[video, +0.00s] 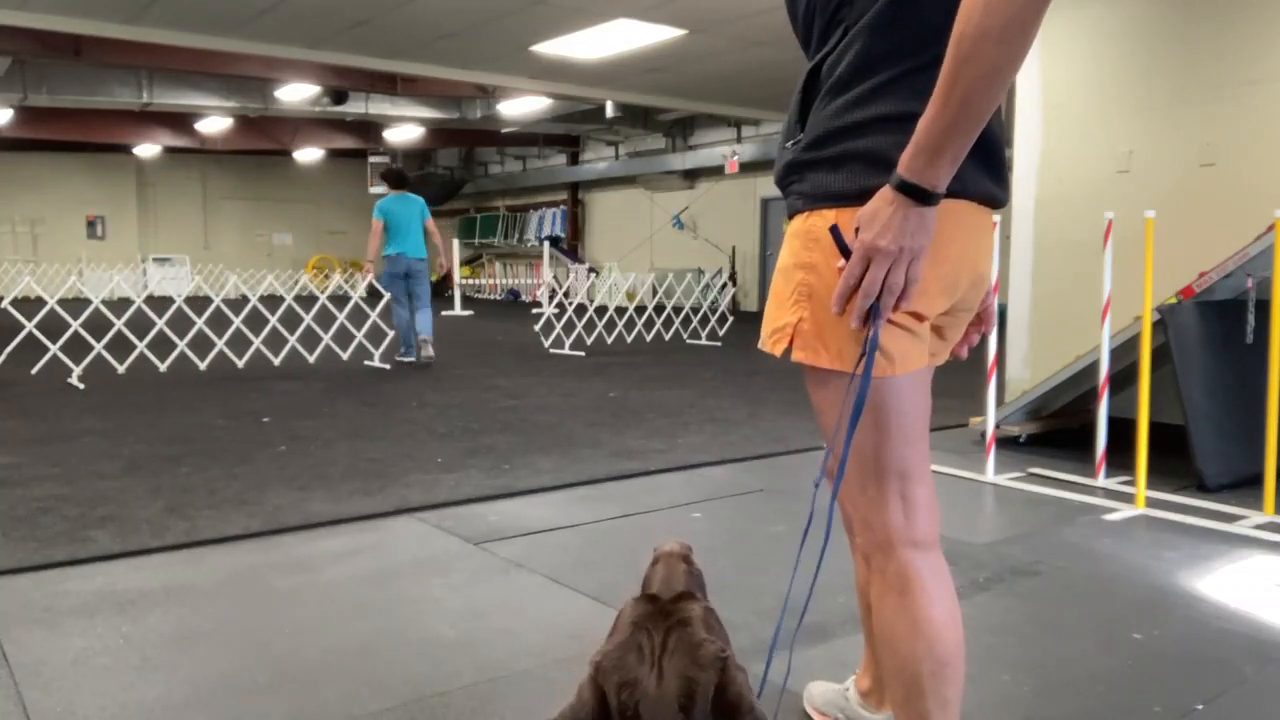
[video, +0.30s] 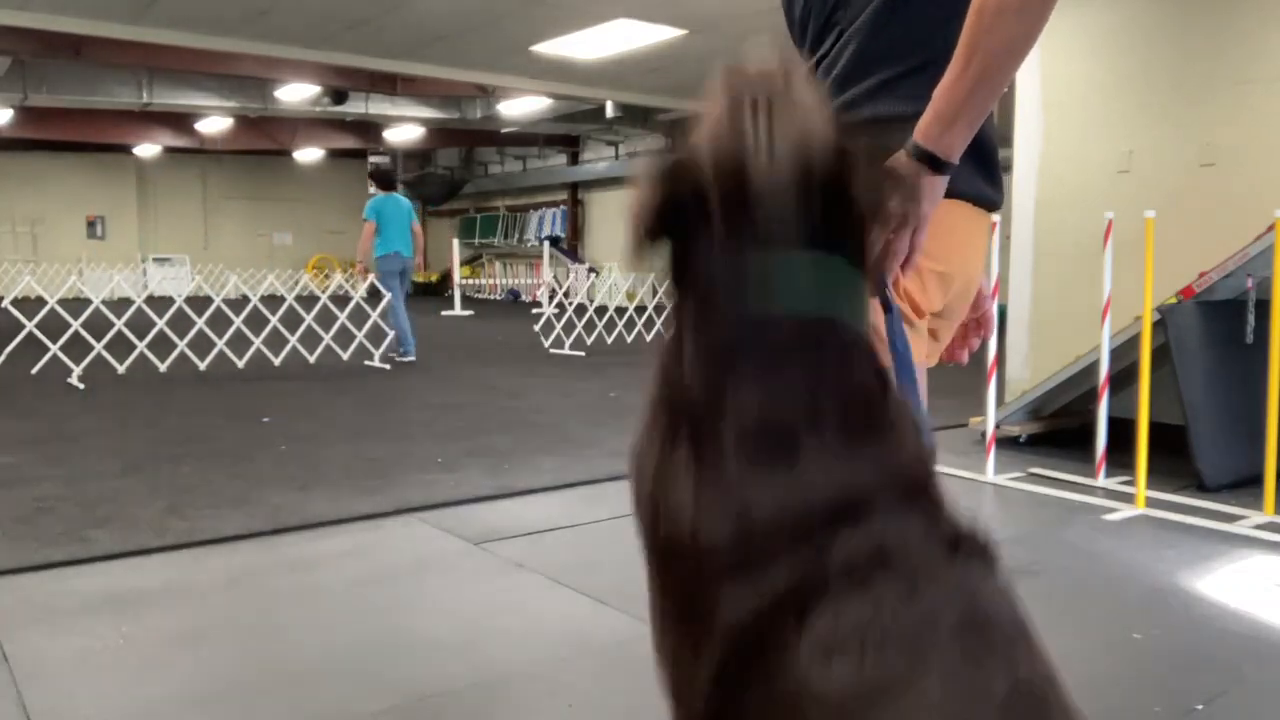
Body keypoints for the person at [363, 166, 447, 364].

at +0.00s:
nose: (385, 186)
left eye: (385, 183)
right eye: (386, 183)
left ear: (388, 184)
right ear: (405, 182)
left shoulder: (382, 204)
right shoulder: (419, 201)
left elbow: (376, 231)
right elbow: (433, 230)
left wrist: (370, 260)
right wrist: (441, 255)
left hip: (394, 258)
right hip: (418, 259)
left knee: (400, 304)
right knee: (423, 302)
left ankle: (408, 350)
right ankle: (425, 337)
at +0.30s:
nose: (371, 186)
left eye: (372, 183)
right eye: (372, 183)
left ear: (376, 184)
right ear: (394, 183)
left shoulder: (374, 203)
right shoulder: (405, 202)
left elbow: (369, 230)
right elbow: (418, 230)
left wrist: (361, 259)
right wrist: (419, 254)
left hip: (386, 256)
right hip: (407, 255)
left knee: (396, 302)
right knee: (399, 300)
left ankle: (408, 348)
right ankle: (398, 339)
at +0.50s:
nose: (363, 189)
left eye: (364, 186)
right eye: (364, 186)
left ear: (366, 188)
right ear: (383, 186)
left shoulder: (363, 207)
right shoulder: (395, 206)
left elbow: (358, 235)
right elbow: (407, 234)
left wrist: (355, 260)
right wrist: (408, 258)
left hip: (374, 259)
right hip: (394, 259)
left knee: (386, 303)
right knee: (379, 303)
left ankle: (406, 345)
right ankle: (372, 344)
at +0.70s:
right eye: (374, 184)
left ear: (356, 185)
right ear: (374, 186)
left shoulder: (346, 205)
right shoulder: (383, 207)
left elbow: (341, 235)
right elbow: (392, 237)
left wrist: (343, 259)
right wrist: (398, 259)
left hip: (356, 259)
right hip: (380, 259)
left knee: (359, 302)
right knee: (378, 300)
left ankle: (384, 333)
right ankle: (365, 343)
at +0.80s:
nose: (370, 187)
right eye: (369, 184)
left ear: (350, 185)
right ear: (368, 185)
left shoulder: (340, 203)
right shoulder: (377, 205)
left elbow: (334, 232)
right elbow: (384, 234)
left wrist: (337, 254)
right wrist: (393, 259)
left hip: (349, 257)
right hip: (373, 257)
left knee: (350, 299)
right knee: (373, 297)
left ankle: (362, 341)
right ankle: (364, 338)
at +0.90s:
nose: (367, 185)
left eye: (366, 181)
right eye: (365, 182)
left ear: (346, 184)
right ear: (359, 184)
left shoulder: (334, 203)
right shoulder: (370, 204)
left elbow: (328, 231)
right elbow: (376, 232)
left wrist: (329, 255)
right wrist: (385, 258)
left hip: (342, 256)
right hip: (366, 257)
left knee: (341, 298)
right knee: (368, 299)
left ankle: (335, 339)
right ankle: (364, 343)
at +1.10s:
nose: (360, 187)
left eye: (359, 183)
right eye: (356, 183)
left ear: (342, 186)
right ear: (345, 185)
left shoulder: (327, 203)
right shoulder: (345, 204)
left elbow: (322, 235)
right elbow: (346, 234)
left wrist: (322, 259)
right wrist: (366, 257)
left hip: (328, 257)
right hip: (346, 258)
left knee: (329, 299)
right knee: (360, 300)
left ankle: (310, 338)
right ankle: (363, 343)